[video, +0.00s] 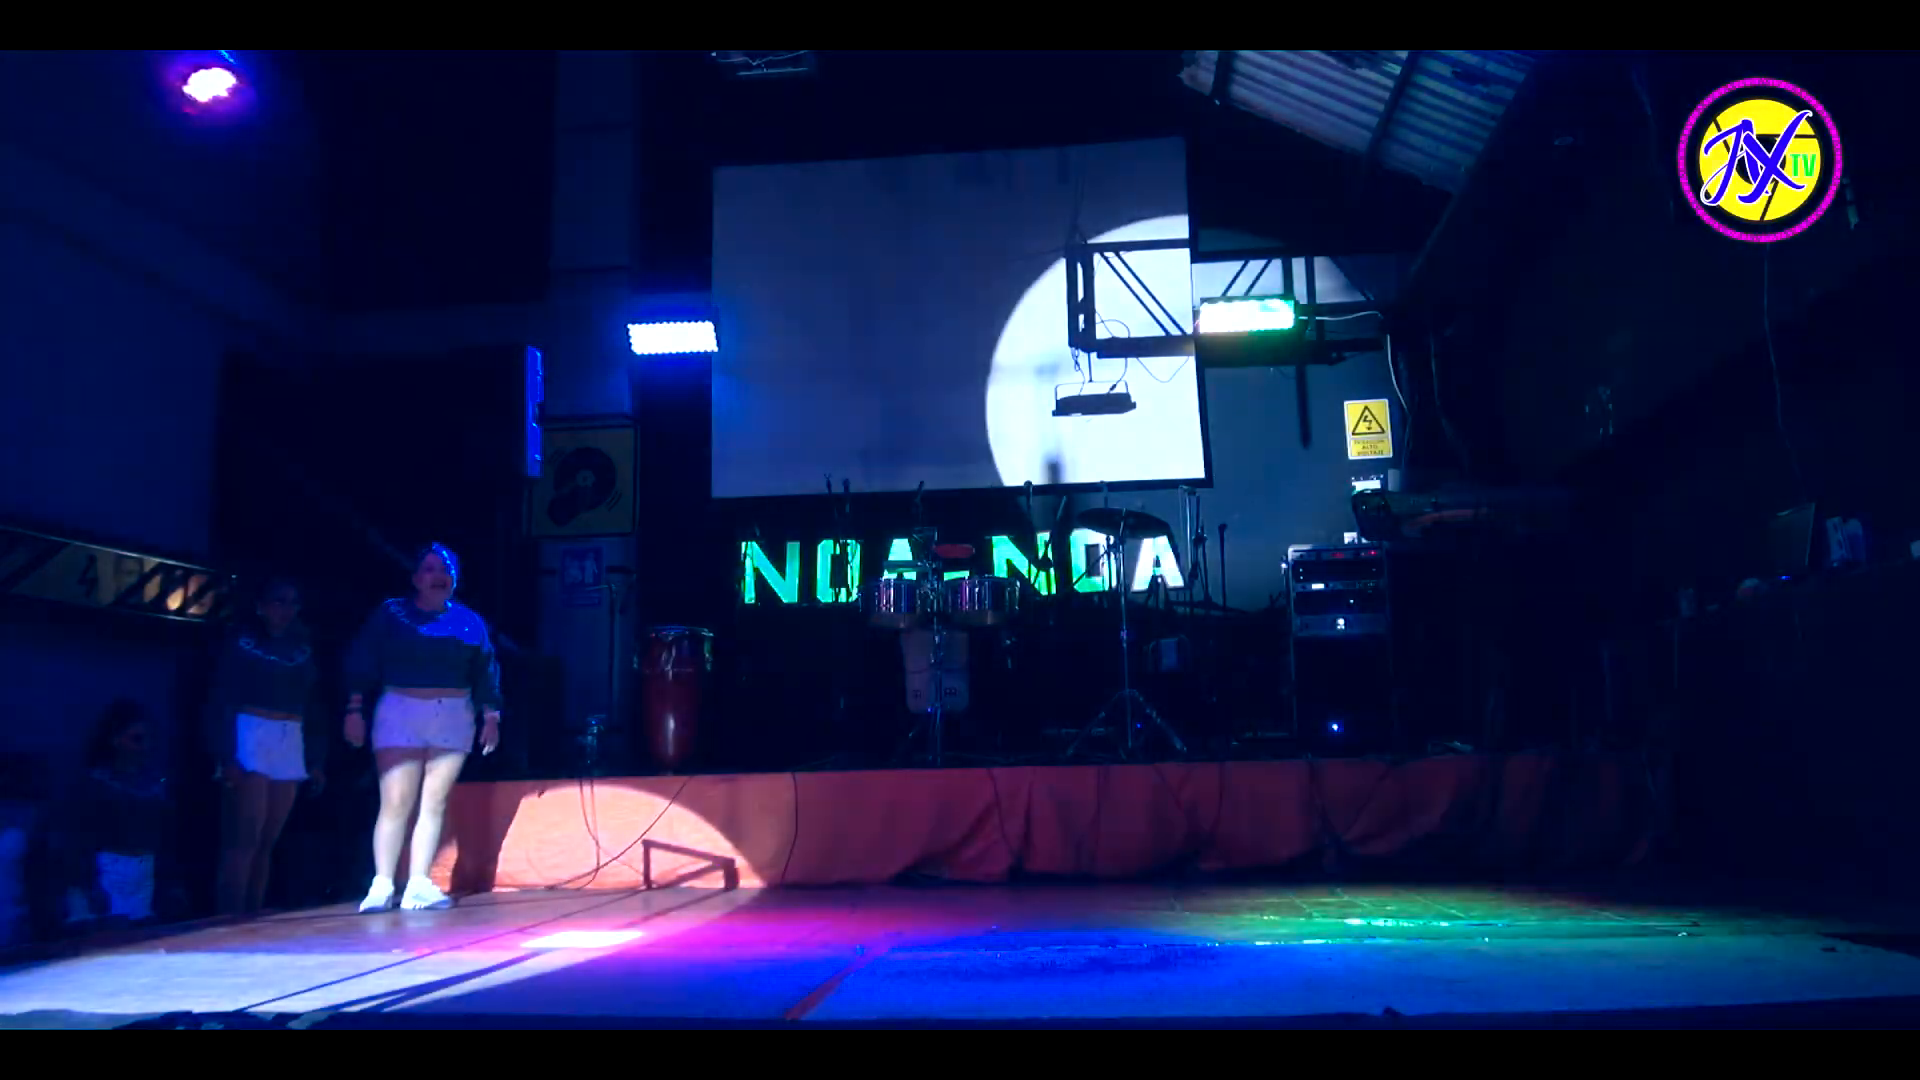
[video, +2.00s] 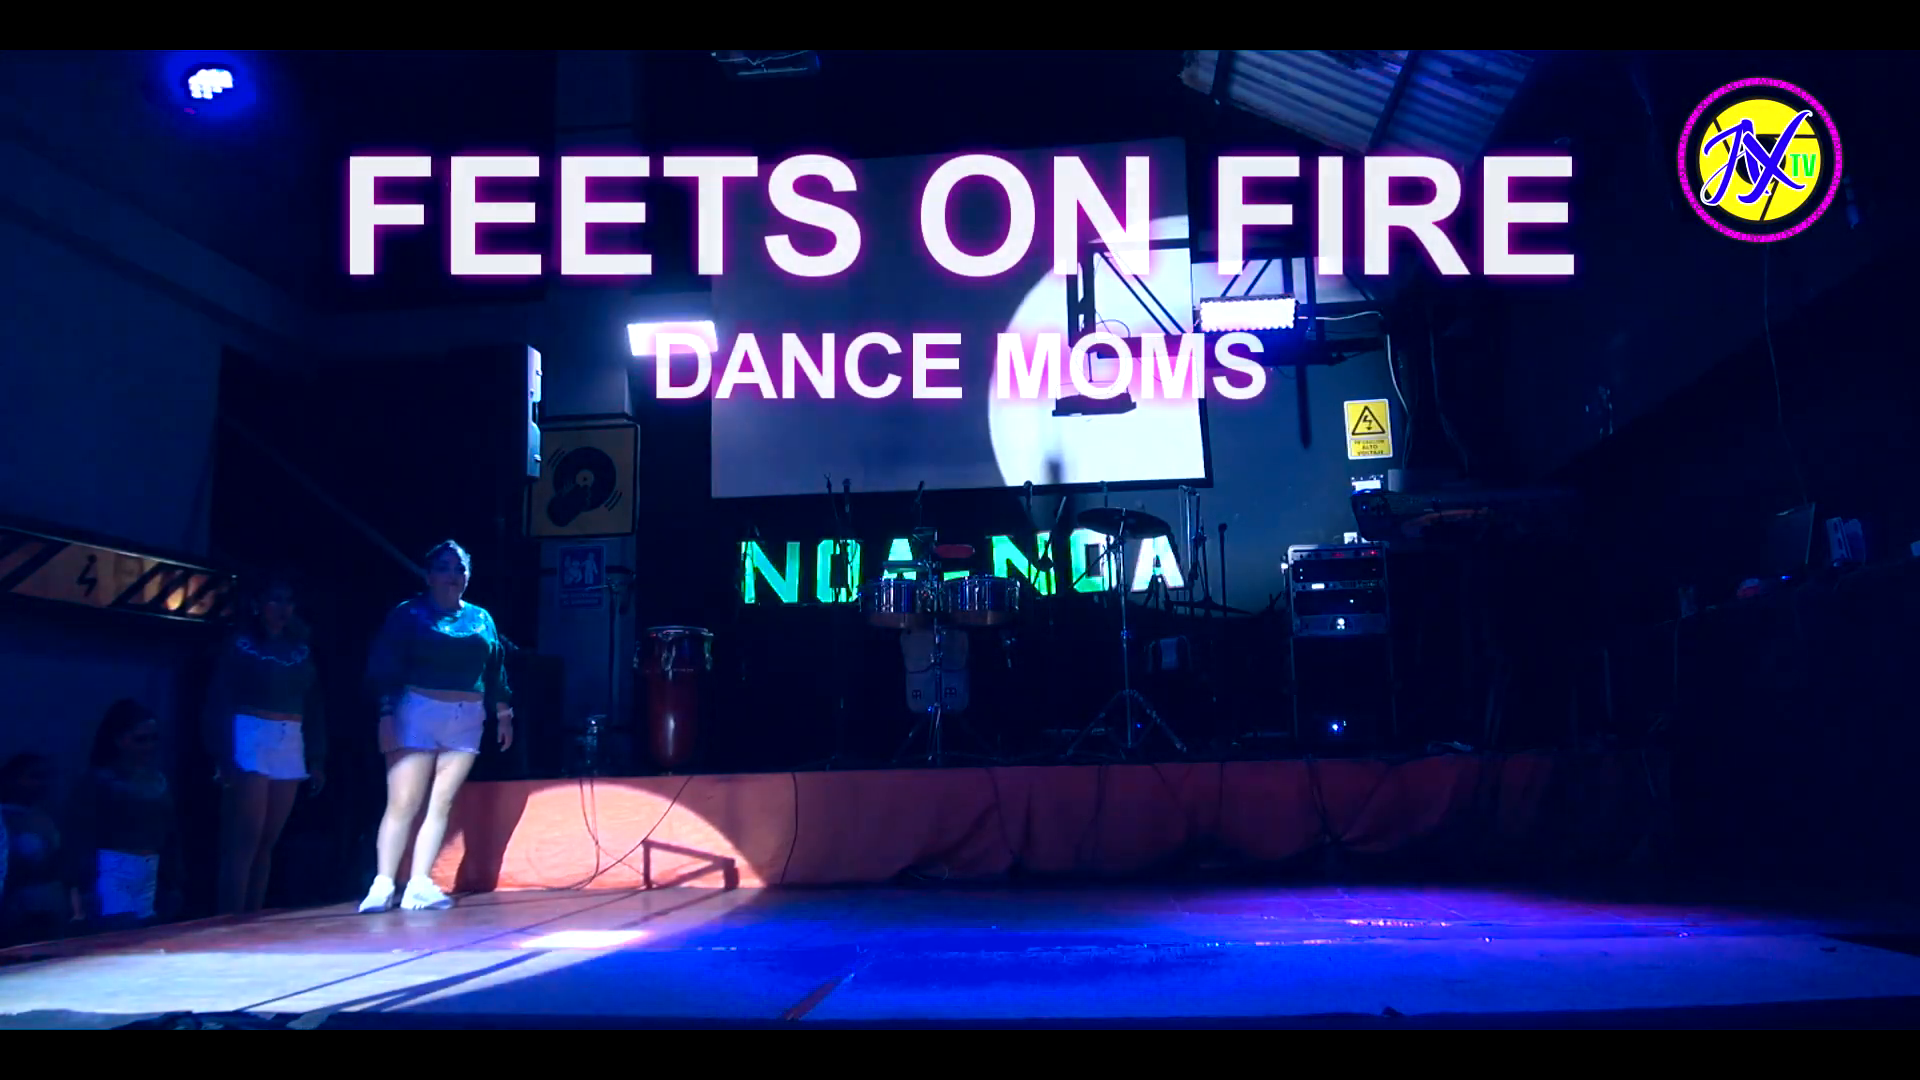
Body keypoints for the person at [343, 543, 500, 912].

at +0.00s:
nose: (435, 575)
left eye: (442, 570)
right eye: (429, 569)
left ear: (453, 577)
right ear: (415, 576)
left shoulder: (470, 623)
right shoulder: (391, 616)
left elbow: (487, 675)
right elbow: (363, 661)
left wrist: (491, 716)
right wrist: (355, 708)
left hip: (453, 712)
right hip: (399, 710)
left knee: (434, 802)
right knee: (396, 803)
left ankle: (419, 882)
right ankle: (383, 882)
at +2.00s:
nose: (453, 576)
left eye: (460, 570)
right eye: (445, 569)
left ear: (468, 576)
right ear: (429, 575)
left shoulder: (481, 618)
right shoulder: (408, 615)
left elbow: (496, 671)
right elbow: (386, 667)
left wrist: (503, 714)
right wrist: (386, 715)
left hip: (467, 713)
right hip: (417, 709)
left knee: (441, 805)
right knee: (402, 805)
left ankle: (419, 884)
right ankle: (384, 882)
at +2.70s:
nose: (473, 574)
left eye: (479, 568)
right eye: (465, 568)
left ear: (486, 574)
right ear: (447, 572)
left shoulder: (491, 616)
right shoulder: (431, 611)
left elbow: (506, 669)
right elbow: (396, 655)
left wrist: (537, 696)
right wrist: (379, 703)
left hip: (475, 717)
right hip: (432, 708)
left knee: (437, 802)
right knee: (473, 774)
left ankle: (417, 884)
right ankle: (451, 861)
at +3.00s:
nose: (489, 575)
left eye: (495, 569)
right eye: (481, 567)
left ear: (502, 574)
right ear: (462, 570)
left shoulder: (517, 614)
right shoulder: (440, 613)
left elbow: (553, 650)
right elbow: (402, 657)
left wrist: (588, 674)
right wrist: (376, 706)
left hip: (497, 719)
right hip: (449, 711)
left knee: (458, 803)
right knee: (476, 792)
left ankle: (418, 878)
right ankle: (490, 881)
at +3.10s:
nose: (498, 574)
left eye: (504, 567)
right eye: (491, 566)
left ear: (509, 573)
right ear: (469, 567)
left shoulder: (524, 612)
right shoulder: (442, 614)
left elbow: (560, 650)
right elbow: (410, 658)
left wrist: (591, 685)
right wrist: (393, 708)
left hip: (510, 713)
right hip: (457, 711)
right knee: (482, 794)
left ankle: (454, 855)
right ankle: (492, 883)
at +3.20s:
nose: (511, 572)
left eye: (515, 566)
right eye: (503, 564)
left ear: (519, 573)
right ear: (480, 566)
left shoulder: (531, 615)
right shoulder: (449, 615)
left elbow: (562, 660)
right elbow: (421, 664)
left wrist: (586, 696)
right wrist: (416, 709)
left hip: (520, 713)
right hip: (464, 714)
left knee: (546, 788)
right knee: (487, 795)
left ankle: (510, 841)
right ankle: (493, 882)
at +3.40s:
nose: (531, 562)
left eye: (535, 556)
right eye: (522, 553)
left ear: (538, 562)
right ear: (498, 557)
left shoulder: (548, 605)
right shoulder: (465, 601)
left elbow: (568, 654)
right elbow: (427, 646)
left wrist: (569, 699)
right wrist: (446, 650)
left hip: (537, 703)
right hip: (482, 705)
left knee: (543, 791)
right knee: (494, 799)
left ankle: (550, 881)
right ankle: (500, 883)